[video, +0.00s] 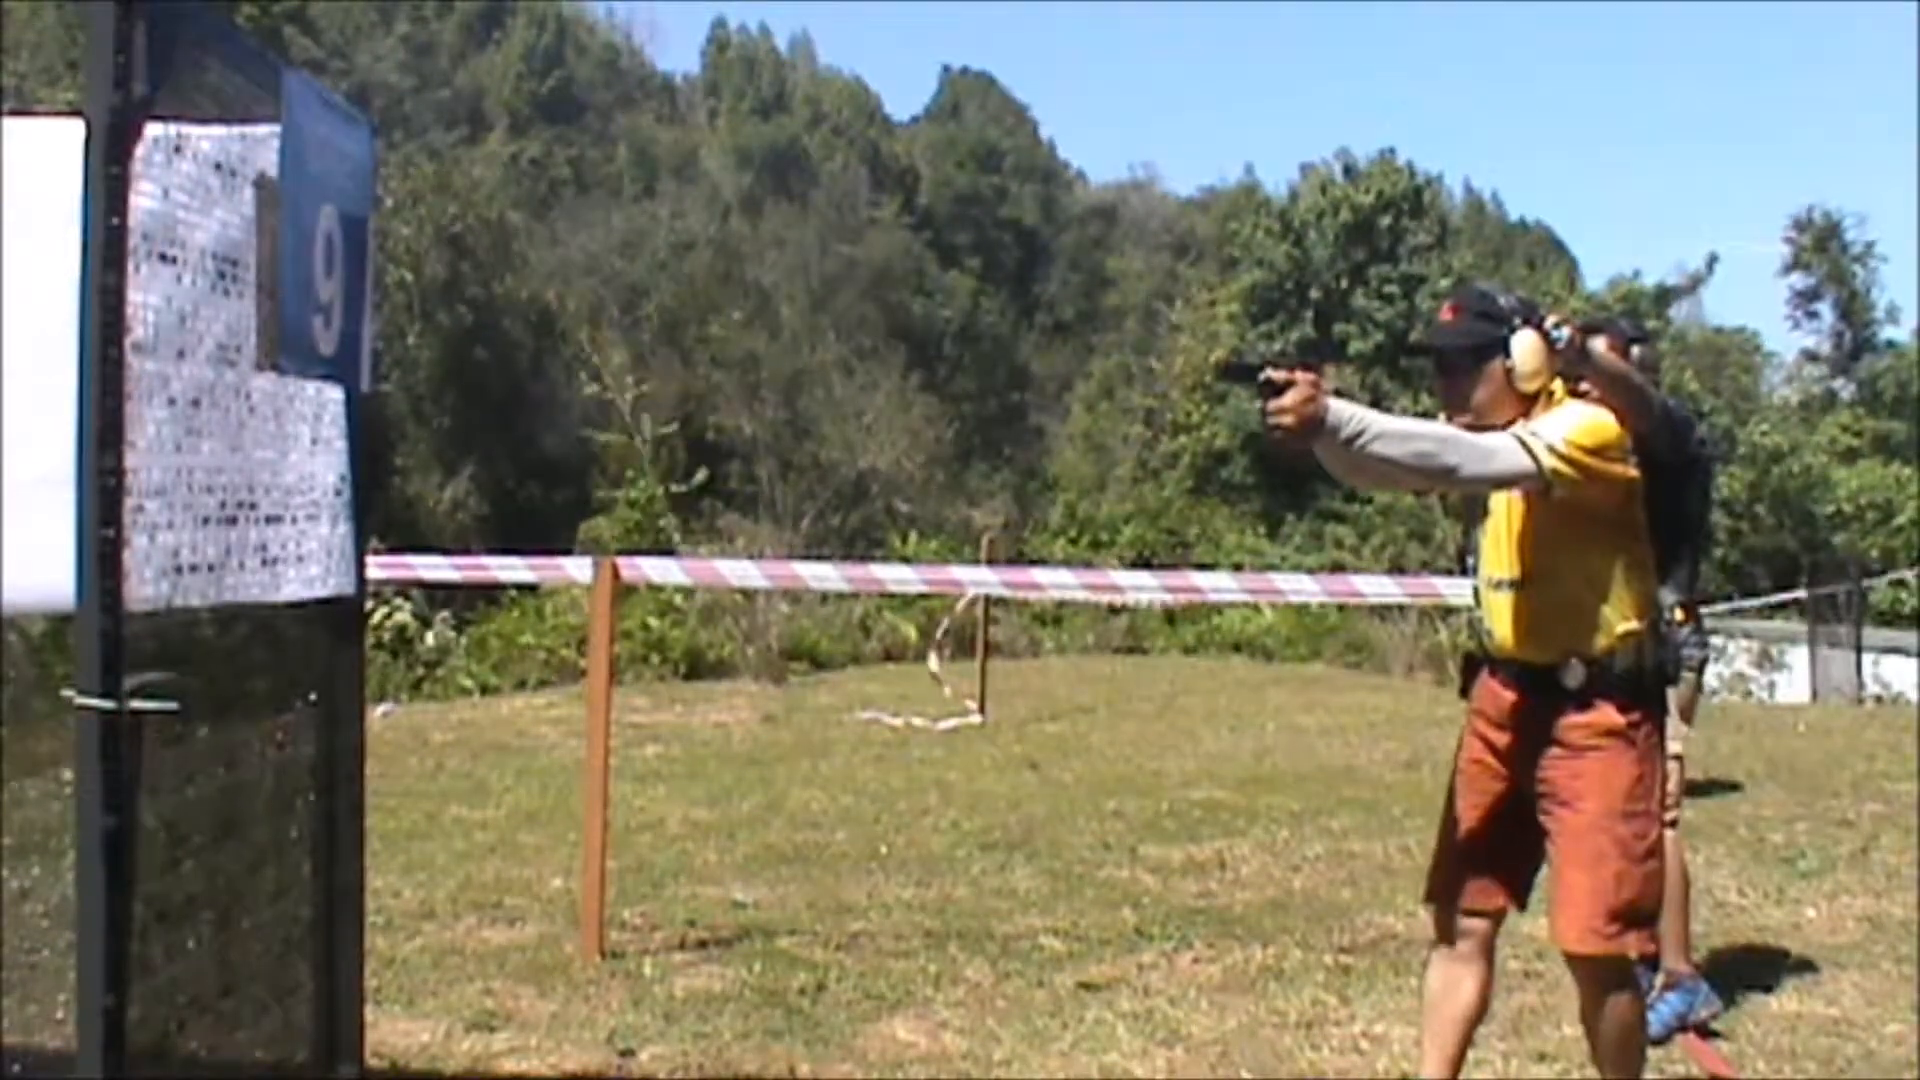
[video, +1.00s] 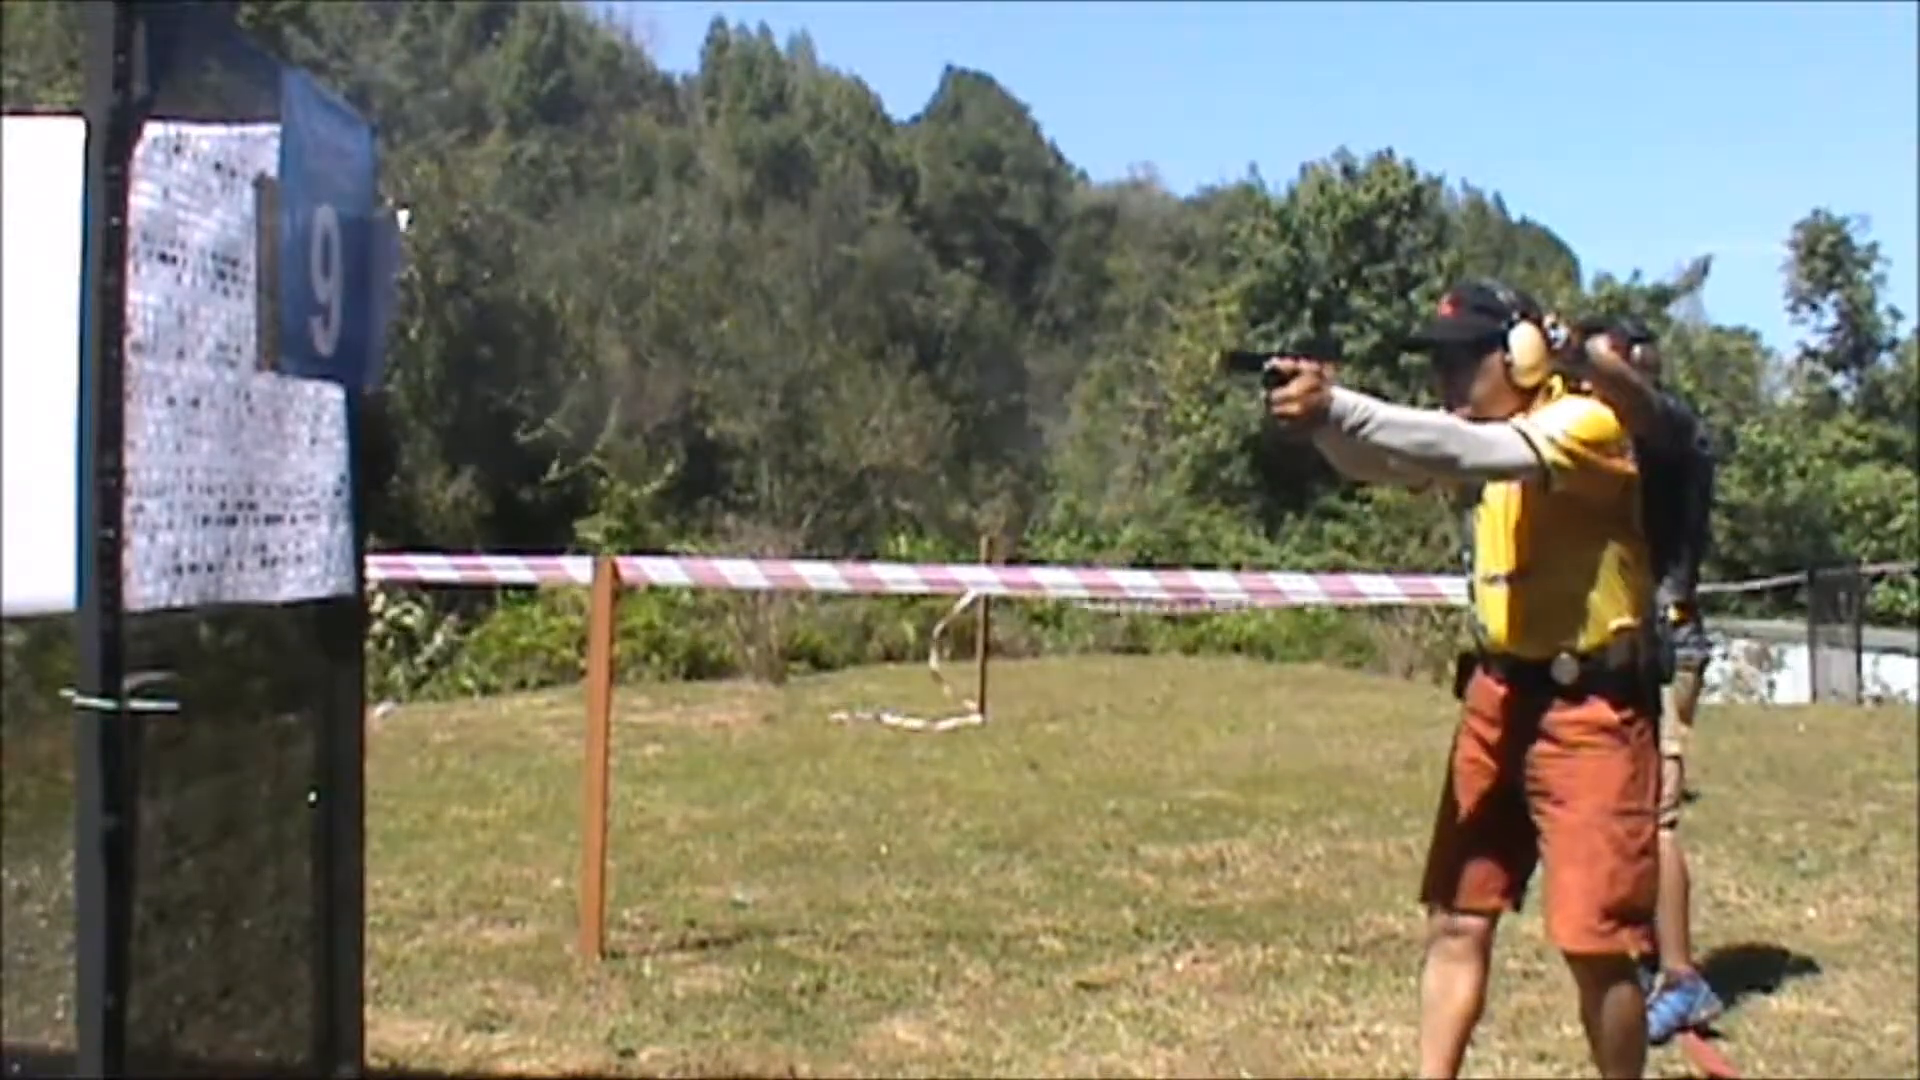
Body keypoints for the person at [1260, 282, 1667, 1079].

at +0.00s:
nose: (1448, 392)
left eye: (1462, 372)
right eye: (1441, 373)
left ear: (1514, 362)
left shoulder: (1591, 427)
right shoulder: (1497, 435)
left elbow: (1467, 460)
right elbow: (1402, 470)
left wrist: (1332, 412)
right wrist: (1320, 430)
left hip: (1601, 711)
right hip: (1505, 700)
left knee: (1597, 946)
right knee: (1463, 922)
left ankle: (1623, 1072)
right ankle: (1433, 1072)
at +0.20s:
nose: (1446, 394)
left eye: (1459, 374)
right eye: (1439, 376)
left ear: (1510, 365)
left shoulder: (1589, 428)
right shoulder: (1486, 438)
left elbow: (1474, 459)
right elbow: (1388, 470)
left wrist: (1331, 414)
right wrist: (1312, 431)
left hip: (1601, 706)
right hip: (1504, 696)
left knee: (1596, 942)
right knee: (1465, 918)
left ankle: (1622, 1073)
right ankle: (1433, 1071)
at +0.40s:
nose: (1447, 393)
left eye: (1460, 372)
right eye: (1441, 374)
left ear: (1511, 361)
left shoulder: (1590, 426)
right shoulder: (1493, 435)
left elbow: (1463, 451)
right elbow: (1389, 467)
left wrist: (1334, 406)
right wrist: (1317, 423)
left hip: (1599, 709)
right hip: (1504, 698)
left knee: (1595, 944)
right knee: (1464, 918)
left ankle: (1623, 1072)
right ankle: (1433, 1072)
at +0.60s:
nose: (1450, 388)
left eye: (1463, 367)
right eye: (1444, 368)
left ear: (1514, 357)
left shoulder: (1589, 422)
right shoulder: (1487, 436)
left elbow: (1476, 452)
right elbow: (1396, 468)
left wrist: (1339, 407)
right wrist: (1320, 424)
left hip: (1596, 709)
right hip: (1501, 698)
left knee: (1595, 944)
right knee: (1463, 919)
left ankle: (1624, 1073)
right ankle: (1432, 1072)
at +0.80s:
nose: (1448, 388)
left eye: (1461, 367)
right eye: (1442, 369)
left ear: (1513, 356)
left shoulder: (1589, 423)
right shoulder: (1486, 436)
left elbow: (1477, 452)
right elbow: (1398, 468)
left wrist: (1338, 407)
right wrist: (1320, 425)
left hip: (1596, 708)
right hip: (1500, 699)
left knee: (1596, 943)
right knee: (1462, 919)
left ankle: (1624, 1073)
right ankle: (1432, 1072)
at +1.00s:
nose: (1447, 387)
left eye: (1461, 366)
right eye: (1441, 367)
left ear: (1512, 356)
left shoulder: (1589, 420)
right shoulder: (1485, 435)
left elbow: (1474, 447)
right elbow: (1393, 467)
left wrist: (1339, 404)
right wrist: (1320, 421)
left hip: (1595, 708)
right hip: (1499, 698)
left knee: (1596, 943)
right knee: (1460, 919)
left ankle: (1624, 1073)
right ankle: (1433, 1072)